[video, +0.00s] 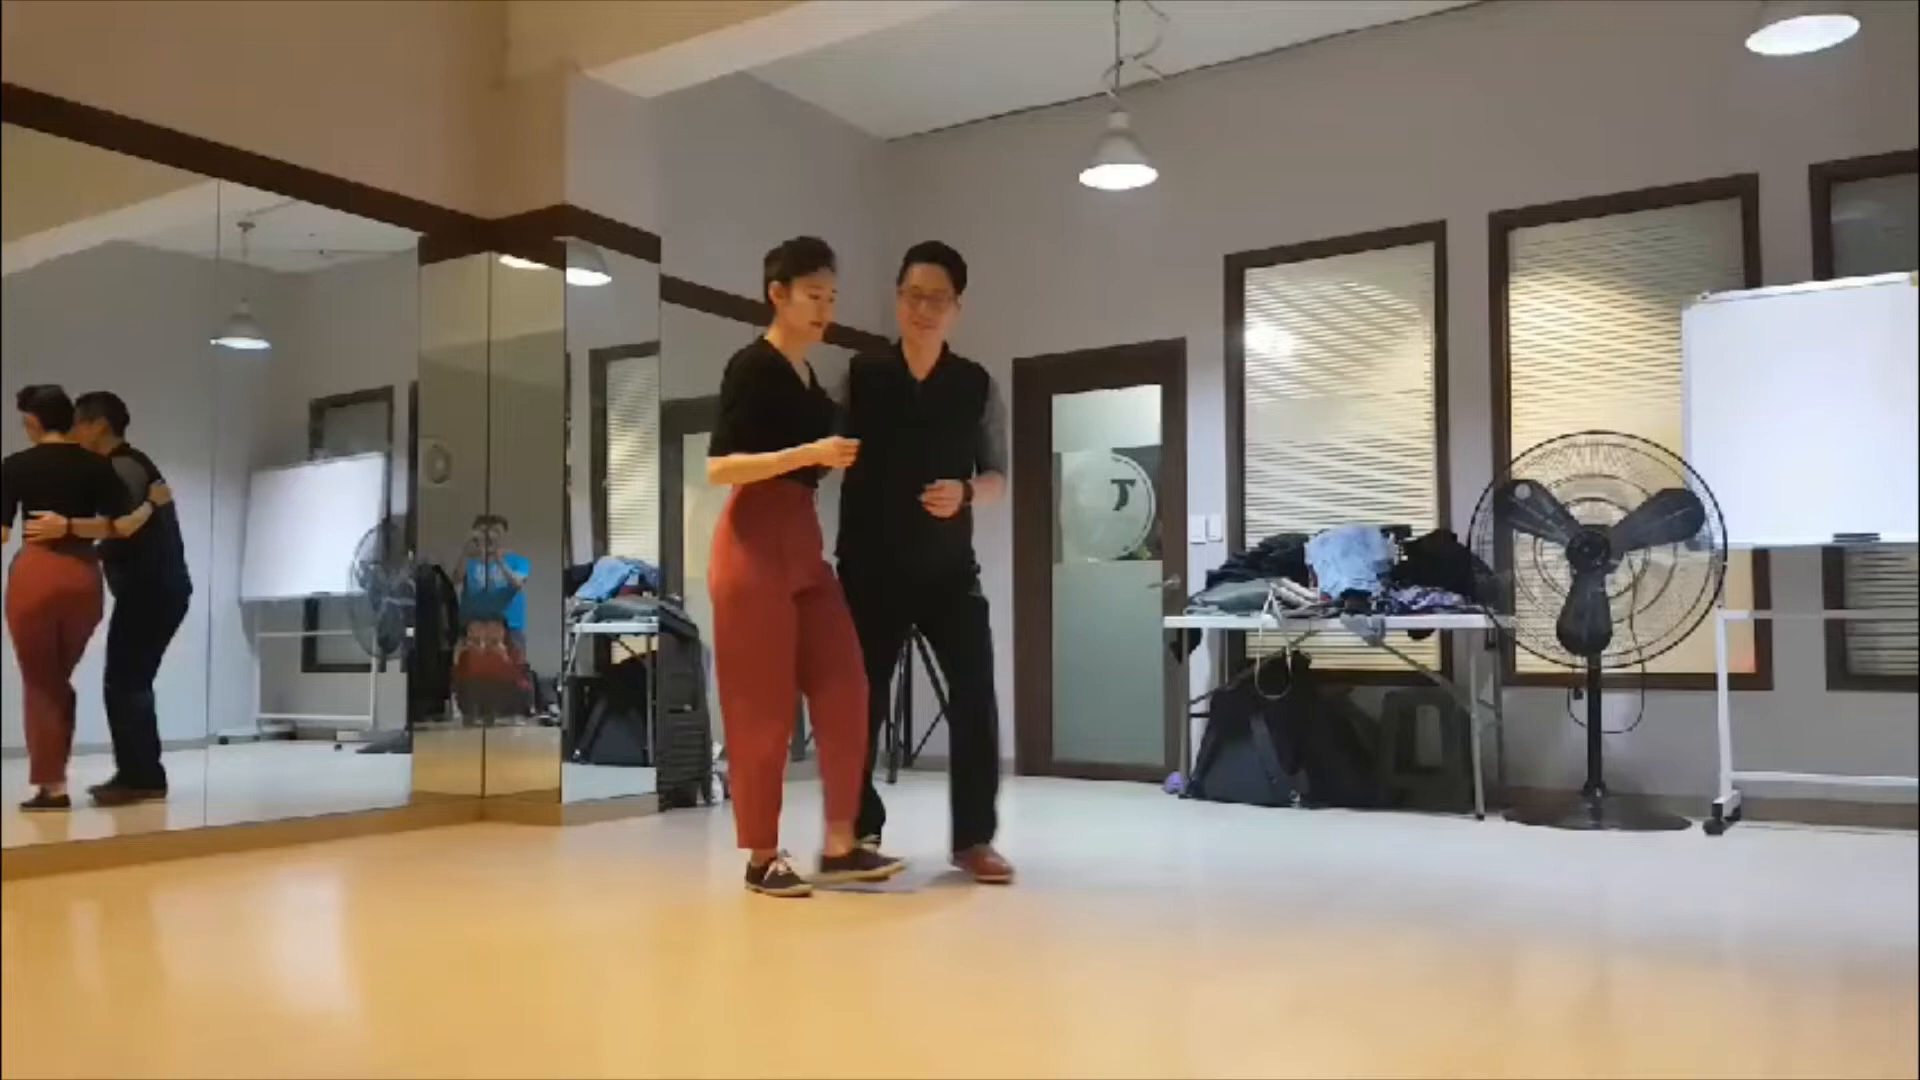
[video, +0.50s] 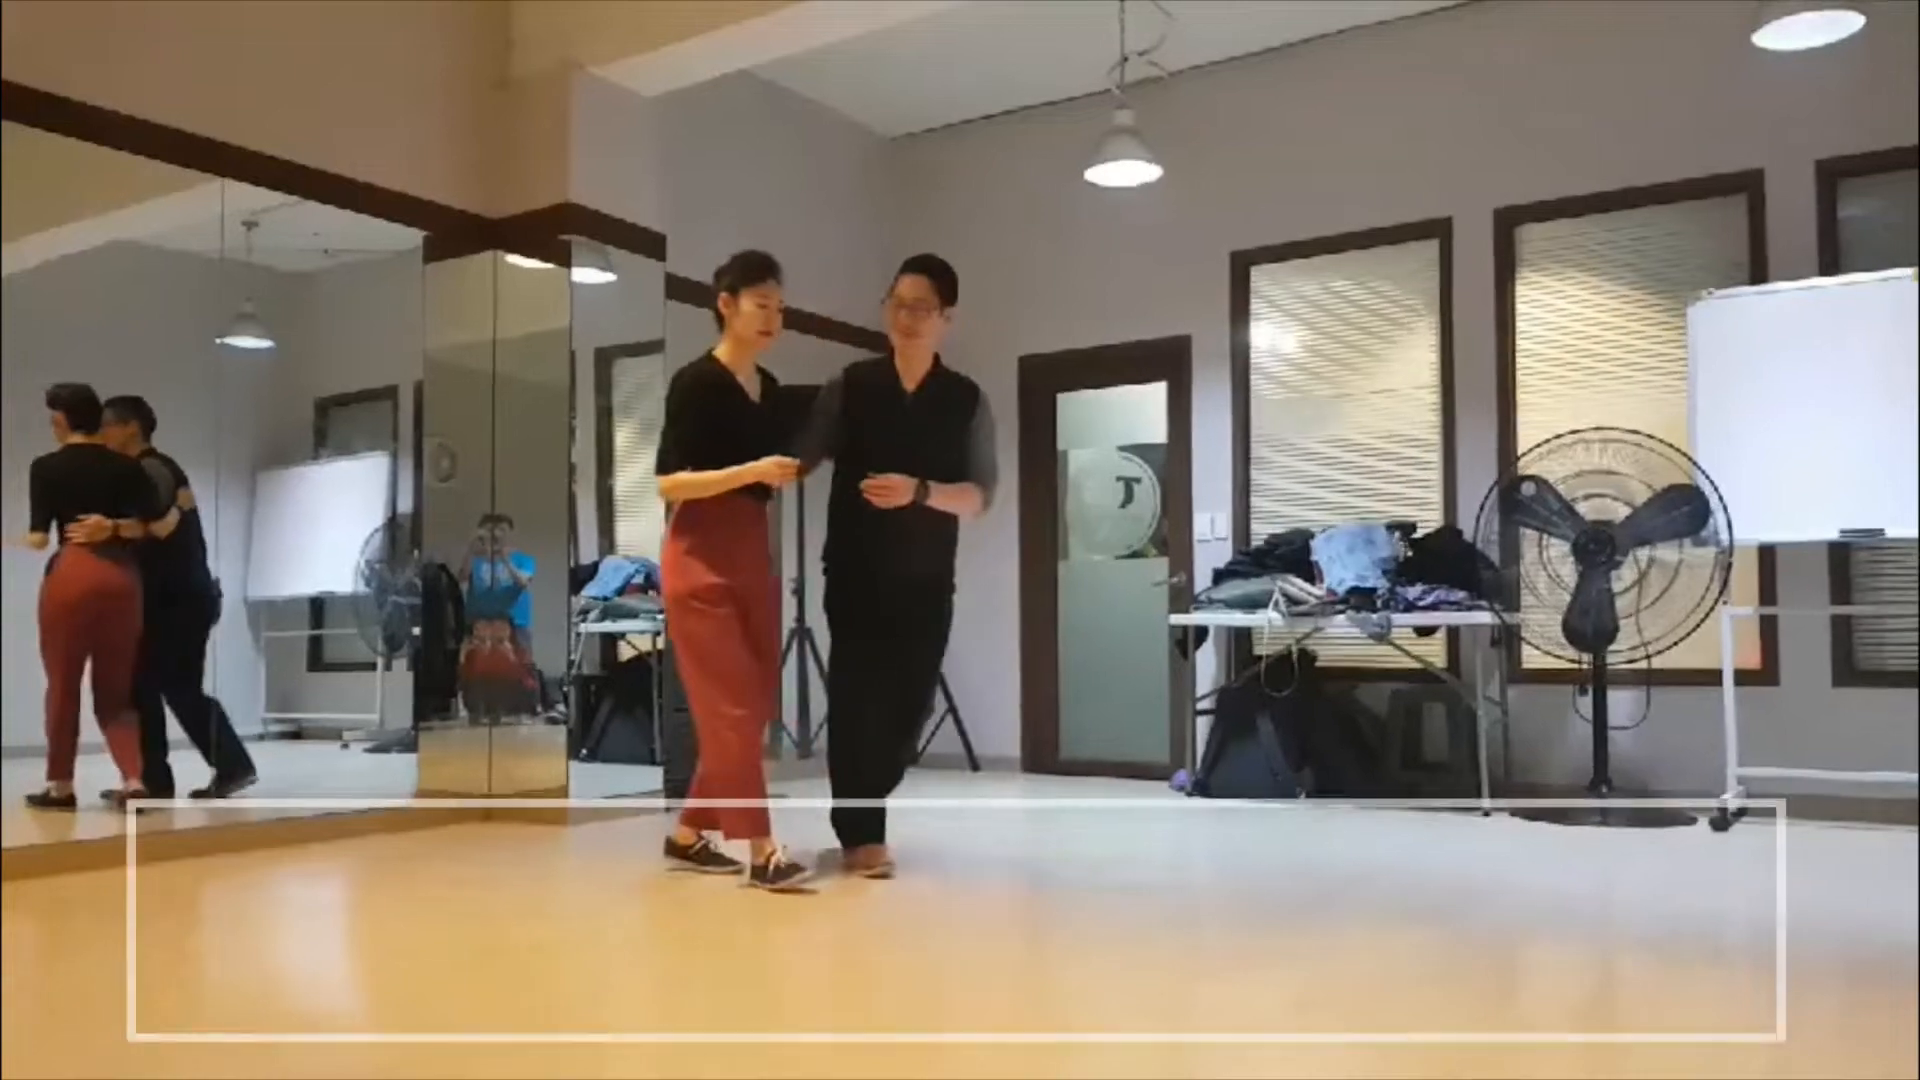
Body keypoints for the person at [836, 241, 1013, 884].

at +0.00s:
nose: (923, 308)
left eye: (936, 298)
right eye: (913, 295)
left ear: (957, 307)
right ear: (896, 301)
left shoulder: (976, 384)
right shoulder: (863, 375)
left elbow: (995, 478)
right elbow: (833, 455)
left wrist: (967, 493)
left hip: (946, 569)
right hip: (870, 568)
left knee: (975, 699)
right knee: (860, 701)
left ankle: (972, 841)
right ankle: (857, 835)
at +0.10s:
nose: (922, 306)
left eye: (936, 297)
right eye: (913, 294)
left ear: (955, 305)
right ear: (895, 299)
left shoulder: (974, 383)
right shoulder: (862, 372)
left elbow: (995, 479)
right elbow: (831, 453)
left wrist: (958, 489)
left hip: (942, 566)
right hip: (867, 563)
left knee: (970, 698)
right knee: (858, 700)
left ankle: (954, 834)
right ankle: (856, 836)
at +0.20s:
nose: (913, 307)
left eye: (927, 297)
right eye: (905, 294)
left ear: (952, 306)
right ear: (891, 300)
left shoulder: (970, 386)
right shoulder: (856, 374)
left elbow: (987, 483)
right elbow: (822, 457)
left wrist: (941, 485)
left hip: (936, 564)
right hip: (863, 563)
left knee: (954, 691)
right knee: (858, 698)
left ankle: (918, 819)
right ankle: (857, 839)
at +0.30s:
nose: (911, 309)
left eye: (925, 299)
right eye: (903, 297)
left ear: (950, 308)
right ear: (889, 302)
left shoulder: (968, 389)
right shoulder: (852, 377)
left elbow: (981, 488)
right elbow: (814, 460)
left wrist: (930, 482)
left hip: (931, 568)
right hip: (858, 564)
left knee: (939, 694)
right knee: (856, 698)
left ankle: (888, 808)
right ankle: (857, 836)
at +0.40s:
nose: (909, 311)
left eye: (924, 302)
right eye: (901, 299)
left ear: (948, 312)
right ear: (887, 305)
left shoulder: (967, 393)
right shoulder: (851, 380)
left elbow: (980, 493)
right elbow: (803, 462)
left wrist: (922, 484)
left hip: (928, 572)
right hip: (856, 569)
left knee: (925, 701)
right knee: (852, 702)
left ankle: (867, 796)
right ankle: (860, 838)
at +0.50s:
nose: (906, 316)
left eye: (920, 307)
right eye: (898, 303)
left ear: (946, 317)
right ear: (884, 310)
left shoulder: (966, 398)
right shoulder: (850, 384)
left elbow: (978, 497)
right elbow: (800, 458)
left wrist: (917, 491)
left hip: (924, 574)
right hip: (854, 568)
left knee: (908, 701)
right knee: (856, 694)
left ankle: (860, 817)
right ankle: (862, 839)